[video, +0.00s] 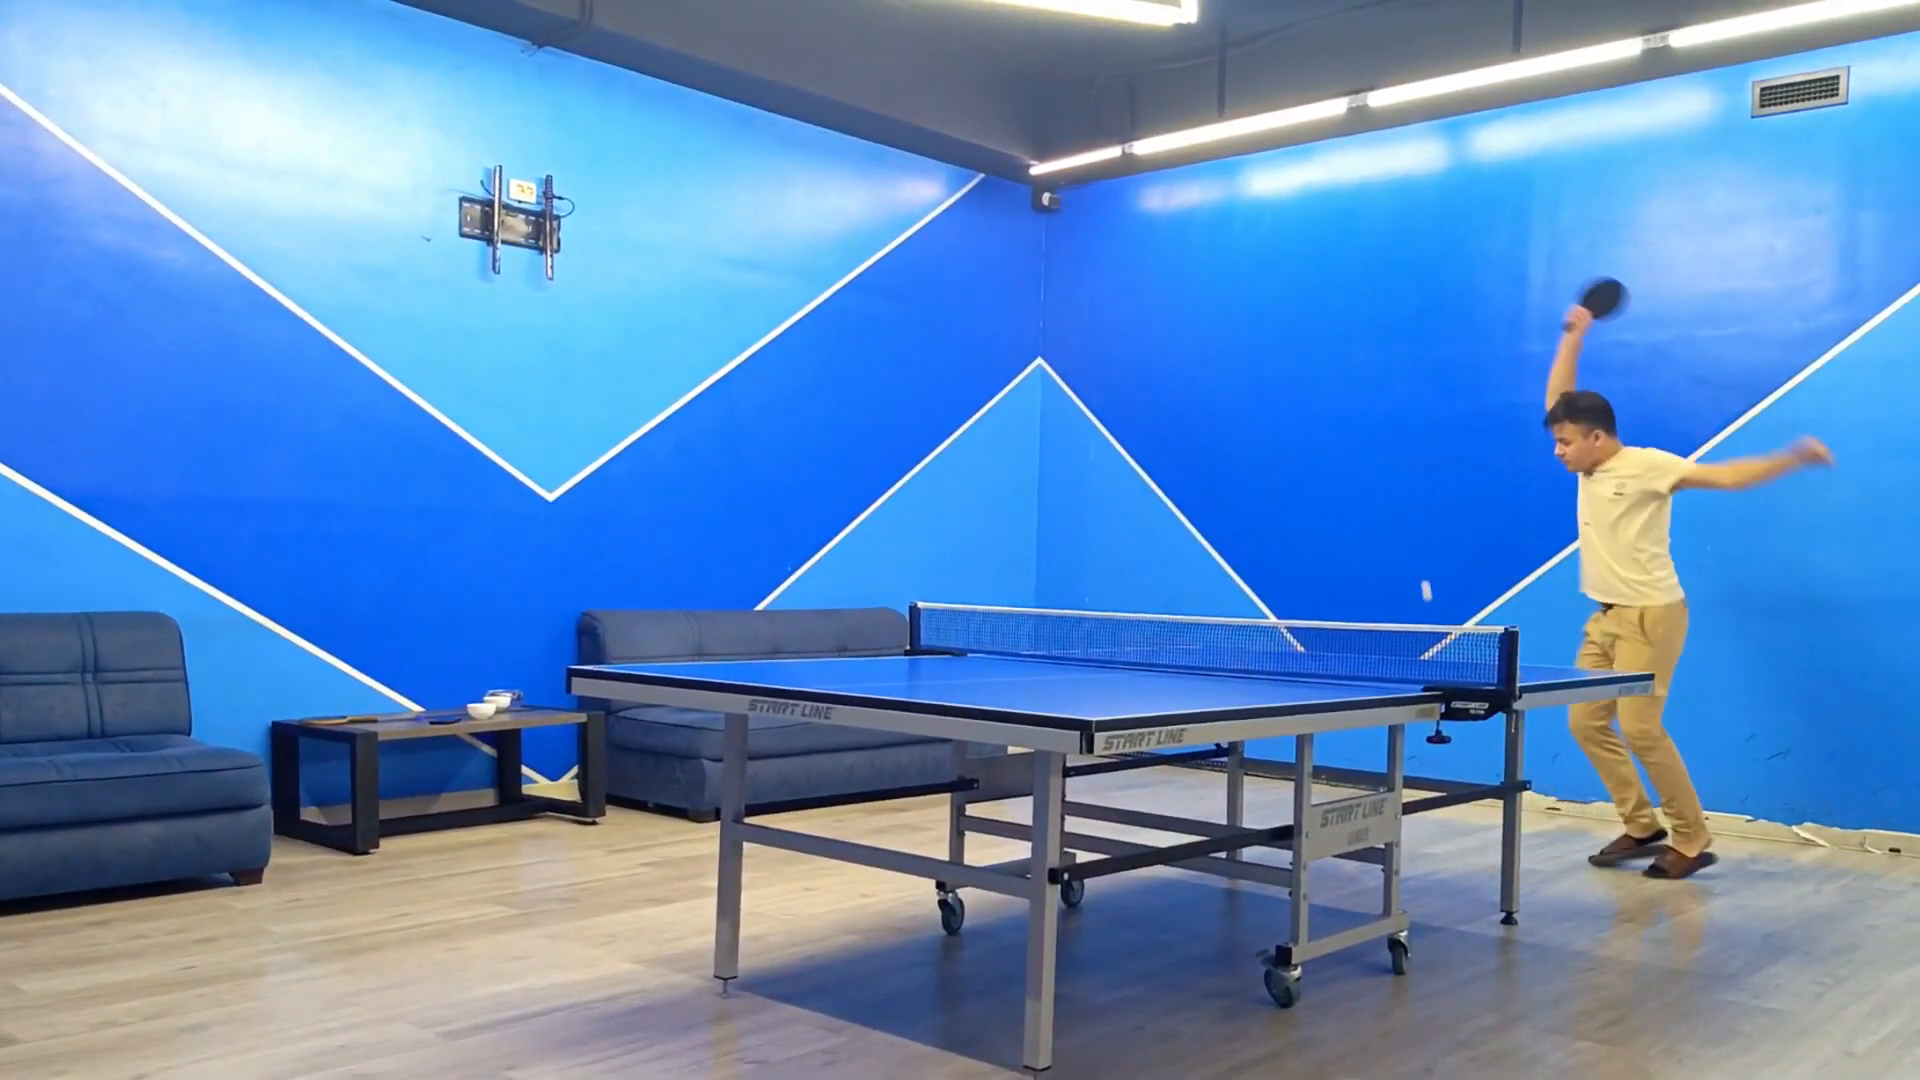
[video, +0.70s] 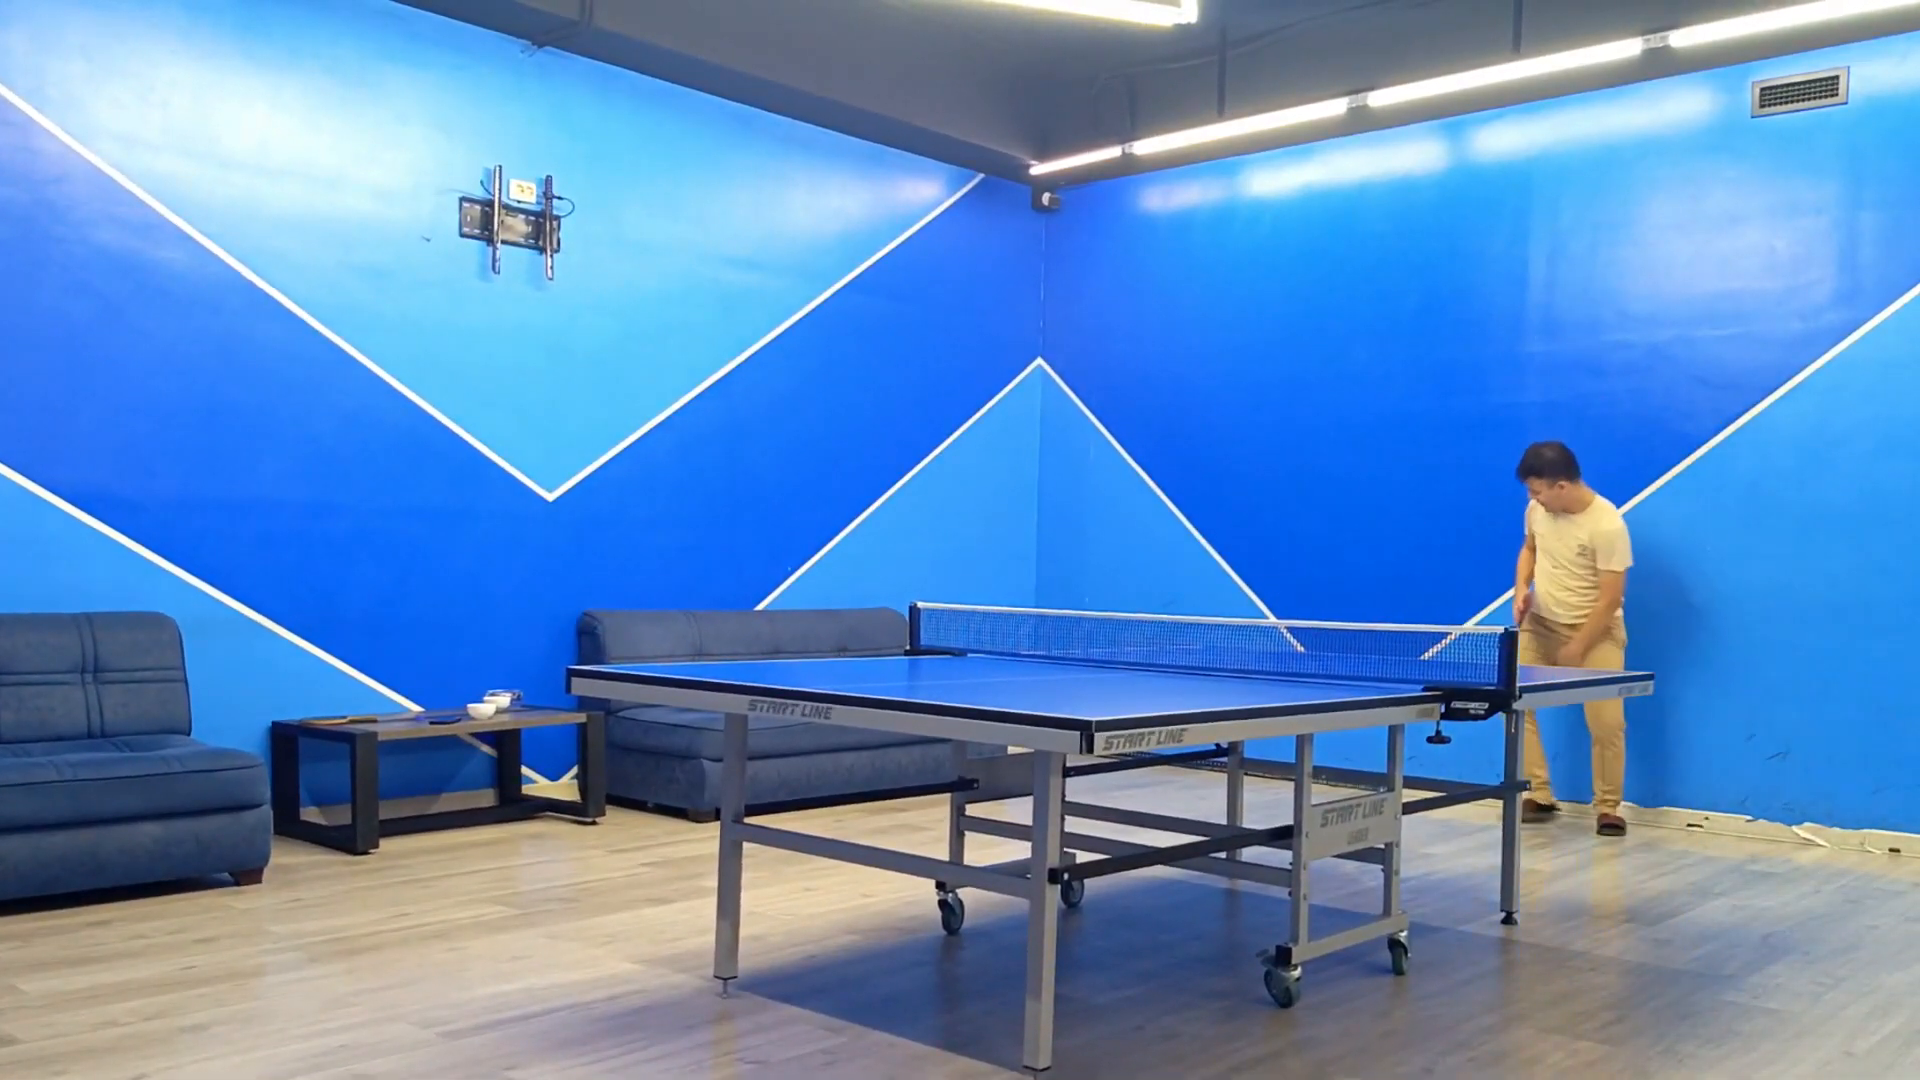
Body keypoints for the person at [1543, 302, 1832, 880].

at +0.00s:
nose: (1560, 454)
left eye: (1565, 444)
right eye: (1557, 446)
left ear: (1598, 437)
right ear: (1584, 441)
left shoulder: (1645, 467)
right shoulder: (1589, 467)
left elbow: (1725, 476)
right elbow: (1559, 402)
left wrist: (1791, 459)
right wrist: (1572, 335)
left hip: (1653, 616)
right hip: (1608, 616)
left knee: (1639, 725)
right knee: (1586, 721)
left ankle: (1692, 841)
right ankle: (1642, 827)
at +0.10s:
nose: (1571, 465)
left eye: (1577, 455)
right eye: (1568, 457)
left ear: (1609, 449)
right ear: (1573, 456)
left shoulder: (1656, 488)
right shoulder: (1582, 484)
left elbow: (1737, 519)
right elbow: (1541, 433)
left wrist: (1816, 525)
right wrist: (1565, 373)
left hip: (1644, 635)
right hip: (1586, 632)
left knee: (1650, 744)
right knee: (1566, 732)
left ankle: (1681, 848)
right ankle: (1610, 812)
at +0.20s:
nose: (1579, 478)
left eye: (1587, 468)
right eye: (1576, 468)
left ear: (1619, 468)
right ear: (1578, 469)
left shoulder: (1662, 514)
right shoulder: (1572, 501)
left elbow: (1723, 564)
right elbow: (1503, 481)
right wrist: (1524, 427)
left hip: (1637, 647)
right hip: (1579, 647)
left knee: (1645, 739)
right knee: (1554, 734)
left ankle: (1681, 844)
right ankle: (1568, 812)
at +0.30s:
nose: (1572, 477)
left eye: (1581, 469)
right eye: (1571, 468)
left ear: (1612, 470)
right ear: (1573, 466)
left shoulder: (1652, 518)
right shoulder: (1563, 501)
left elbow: (1688, 578)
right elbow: (1494, 520)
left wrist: (1722, 631)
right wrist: (1493, 493)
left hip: (1623, 646)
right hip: (1566, 642)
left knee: (1640, 739)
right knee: (1544, 730)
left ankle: (1676, 842)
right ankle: (1568, 814)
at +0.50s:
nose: (1550, 481)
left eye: (1556, 473)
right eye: (1549, 473)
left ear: (1587, 467)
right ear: (1555, 469)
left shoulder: (1635, 510)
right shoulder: (1549, 494)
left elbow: (1657, 576)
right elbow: (1514, 541)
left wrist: (1656, 638)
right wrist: (1518, 567)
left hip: (1610, 628)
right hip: (1555, 624)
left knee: (1615, 723)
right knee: (1550, 718)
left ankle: (1617, 813)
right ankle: (1565, 810)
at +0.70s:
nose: (1533, 498)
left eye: (1536, 490)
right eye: (1530, 491)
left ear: (1562, 484)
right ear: (1549, 485)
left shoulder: (1608, 524)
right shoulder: (1538, 508)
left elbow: (1612, 597)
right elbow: (1530, 546)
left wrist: (1579, 645)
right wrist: (1522, 587)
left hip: (1595, 632)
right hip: (1540, 625)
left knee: (1606, 722)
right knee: (1516, 703)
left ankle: (1608, 807)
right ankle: (1538, 794)